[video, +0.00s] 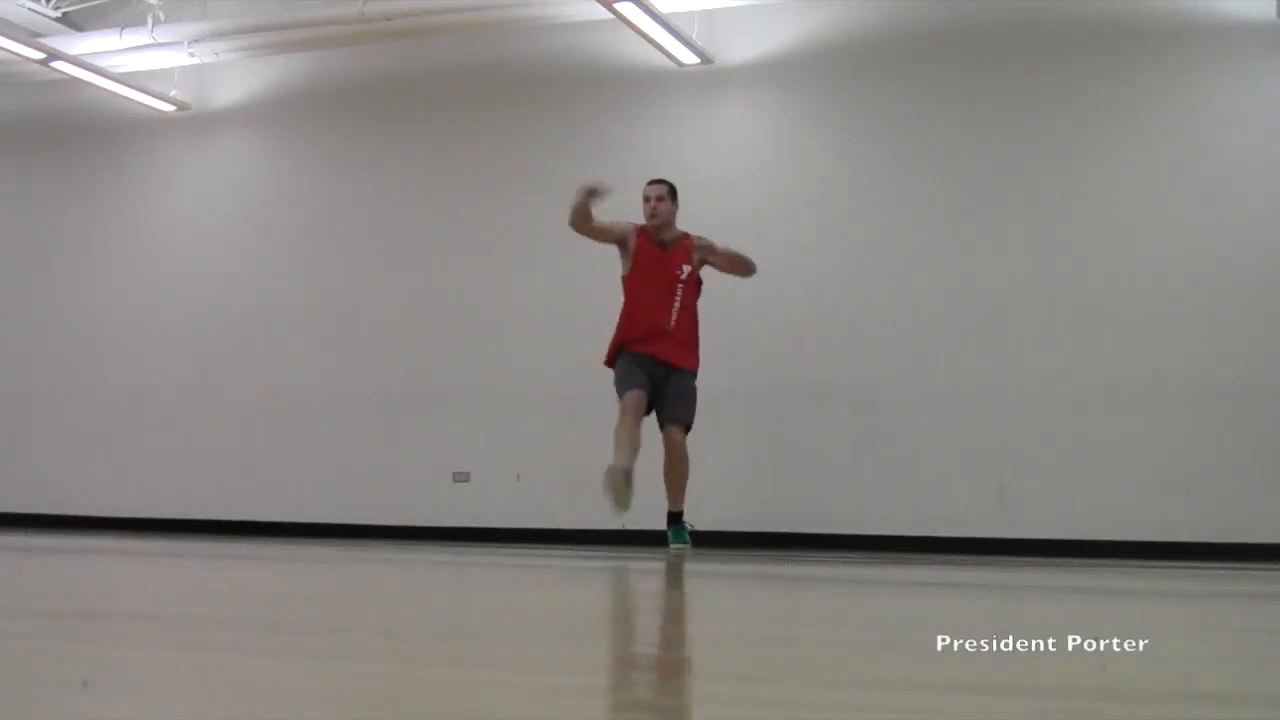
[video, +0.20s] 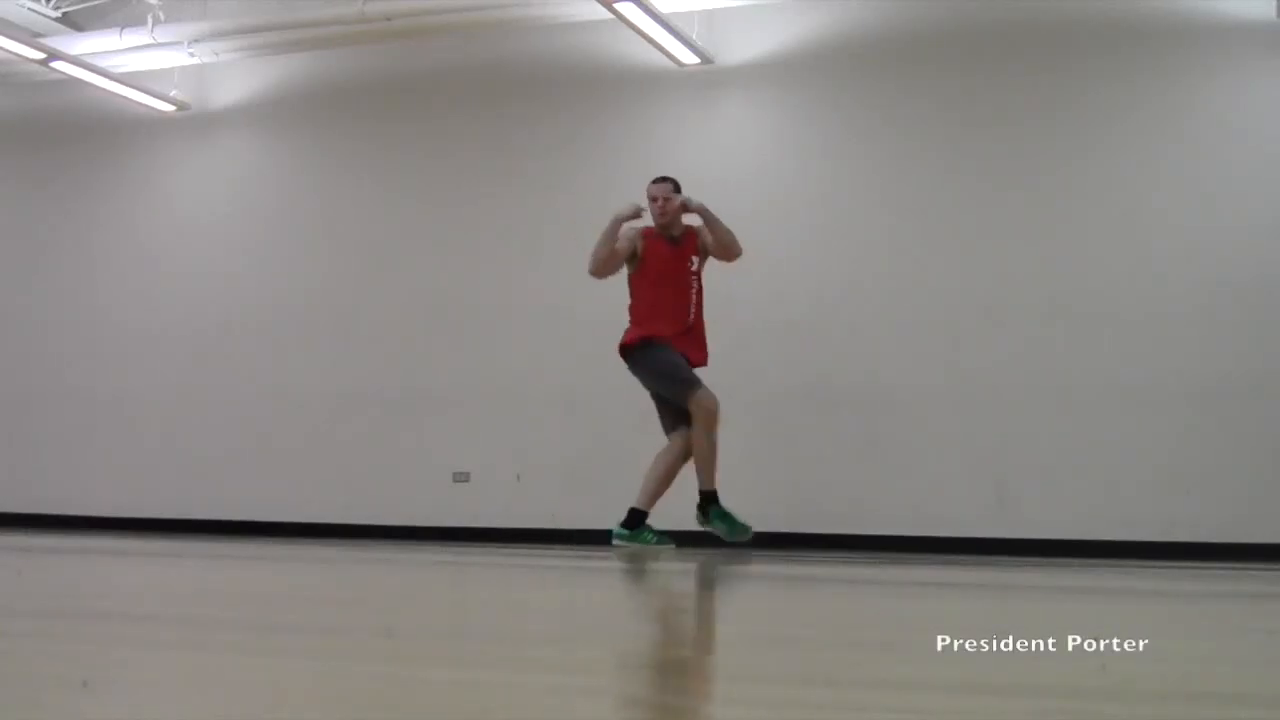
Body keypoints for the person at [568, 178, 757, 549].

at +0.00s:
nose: (652, 206)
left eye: (660, 200)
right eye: (647, 200)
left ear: (675, 206)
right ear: (642, 207)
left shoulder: (694, 246)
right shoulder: (630, 236)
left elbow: (747, 269)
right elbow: (582, 225)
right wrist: (582, 199)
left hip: (678, 356)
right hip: (635, 350)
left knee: (675, 436)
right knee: (632, 403)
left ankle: (676, 521)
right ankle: (621, 485)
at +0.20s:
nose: (660, 206)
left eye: (667, 199)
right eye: (654, 200)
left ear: (681, 204)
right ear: (648, 205)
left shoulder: (696, 238)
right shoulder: (639, 238)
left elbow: (732, 252)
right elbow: (598, 269)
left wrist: (703, 212)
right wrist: (615, 223)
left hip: (678, 348)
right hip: (646, 345)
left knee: (683, 441)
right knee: (705, 404)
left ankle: (632, 523)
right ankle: (709, 507)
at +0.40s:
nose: (660, 211)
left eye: (660, 205)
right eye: (651, 209)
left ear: (660, 210)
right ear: (635, 219)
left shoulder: (658, 239)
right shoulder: (659, 250)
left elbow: (705, 212)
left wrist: (684, 200)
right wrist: (717, 218)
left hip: (675, 367)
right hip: (692, 364)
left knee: (698, 450)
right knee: (739, 439)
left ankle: (638, 520)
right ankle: (708, 525)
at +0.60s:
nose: (661, 196)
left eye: (665, 191)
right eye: (663, 190)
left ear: (677, 198)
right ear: (697, 200)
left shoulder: (662, 228)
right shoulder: (719, 231)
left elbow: (615, 216)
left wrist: (657, 215)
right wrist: (668, 217)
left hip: (670, 363)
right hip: (712, 362)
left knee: (665, 445)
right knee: (703, 441)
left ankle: (698, 522)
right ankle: (716, 521)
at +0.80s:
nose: (682, 203)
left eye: (689, 196)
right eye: (677, 197)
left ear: (706, 197)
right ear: (673, 199)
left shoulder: (724, 224)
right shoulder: (667, 232)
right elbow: (618, 263)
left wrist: (672, 220)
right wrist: (634, 233)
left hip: (703, 347)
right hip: (670, 345)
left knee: (667, 434)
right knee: (658, 440)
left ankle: (699, 524)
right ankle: (704, 523)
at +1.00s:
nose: (678, 209)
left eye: (684, 201)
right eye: (673, 202)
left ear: (703, 202)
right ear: (670, 207)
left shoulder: (723, 231)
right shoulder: (669, 234)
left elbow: (705, 205)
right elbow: (653, 220)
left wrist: (680, 177)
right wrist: (647, 193)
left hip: (711, 352)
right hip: (671, 353)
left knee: (698, 436)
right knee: (669, 440)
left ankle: (699, 523)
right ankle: (701, 521)